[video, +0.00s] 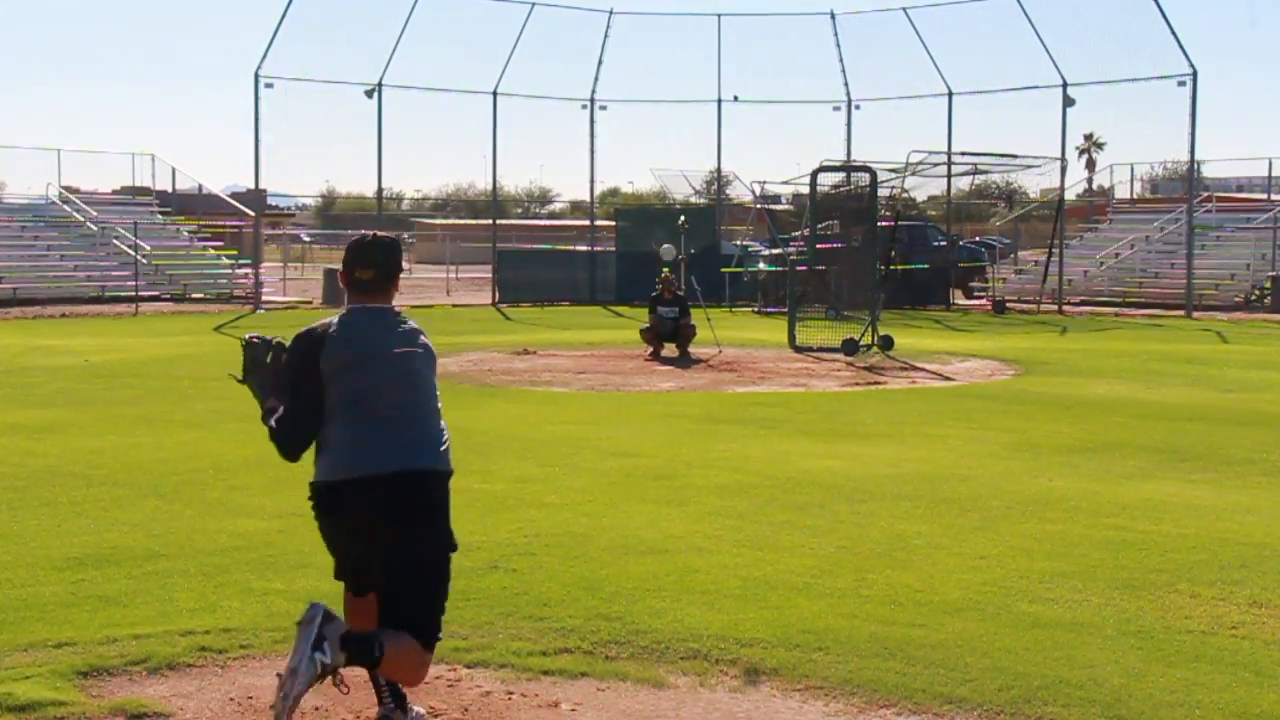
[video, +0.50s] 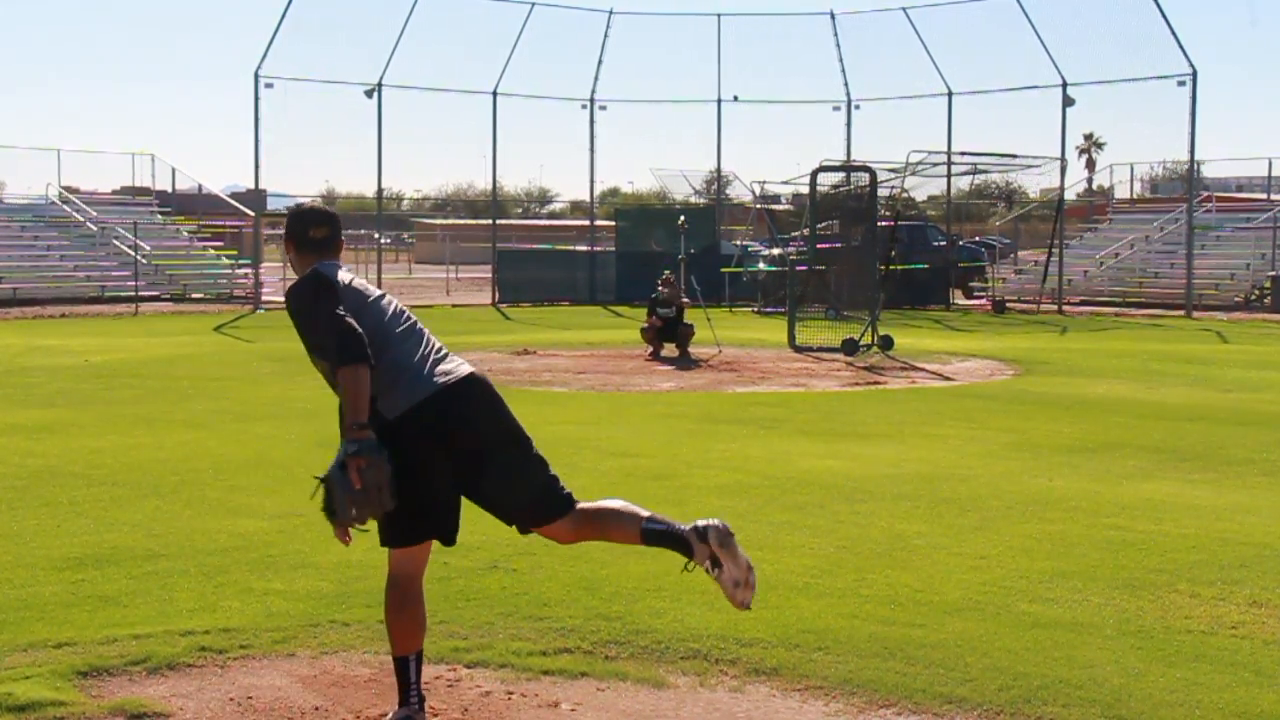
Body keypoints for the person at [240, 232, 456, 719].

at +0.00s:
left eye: (344, 274)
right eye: (398, 276)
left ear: (343, 279)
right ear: (398, 281)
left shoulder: (316, 340)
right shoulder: (416, 339)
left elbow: (292, 442)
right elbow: (383, 410)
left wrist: (270, 401)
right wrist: (301, 380)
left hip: (343, 488)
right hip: (419, 487)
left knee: (361, 584)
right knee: (414, 662)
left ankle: (392, 704)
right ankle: (337, 644)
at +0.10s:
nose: (321, 286)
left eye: (323, 278)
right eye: (326, 279)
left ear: (330, 280)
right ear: (380, 285)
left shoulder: (322, 322)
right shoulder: (395, 330)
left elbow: (320, 402)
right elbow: (320, 425)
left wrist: (265, 414)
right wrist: (231, 468)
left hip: (373, 458)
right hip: (448, 451)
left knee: (374, 571)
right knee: (462, 625)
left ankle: (394, 702)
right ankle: (427, 592)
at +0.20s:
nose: (314, 281)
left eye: (313, 271)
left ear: (314, 274)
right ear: (363, 277)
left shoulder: (316, 308)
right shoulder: (381, 322)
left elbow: (320, 377)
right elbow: (324, 427)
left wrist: (264, 419)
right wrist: (248, 478)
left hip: (387, 437)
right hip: (458, 418)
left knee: (386, 573)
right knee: (498, 575)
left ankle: (399, 701)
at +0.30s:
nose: (296, 272)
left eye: (296, 264)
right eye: (301, 265)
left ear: (301, 266)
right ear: (350, 266)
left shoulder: (307, 302)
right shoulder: (372, 310)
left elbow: (332, 359)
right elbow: (352, 423)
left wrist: (285, 434)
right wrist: (304, 485)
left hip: (392, 434)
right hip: (461, 405)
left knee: (394, 570)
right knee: (539, 540)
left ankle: (406, 701)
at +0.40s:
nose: (287, 265)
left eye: (288, 256)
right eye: (293, 257)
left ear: (294, 257)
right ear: (339, 255)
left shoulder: (304, 297)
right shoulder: (362, 298)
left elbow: (335, 358)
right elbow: (367, 401)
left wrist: (317, 443)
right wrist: (342, 477)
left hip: (400, 431)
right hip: (463, 397)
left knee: (402, 568)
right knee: (558, 525)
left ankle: (408, 701)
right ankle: (670, 517)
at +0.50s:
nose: (283, 254)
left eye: (282, 245)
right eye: (288, 245)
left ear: (287, 247)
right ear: (337, 246)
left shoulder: (307, 292)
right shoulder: (356, 286)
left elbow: (353, 359)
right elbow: (375, 379)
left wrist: (353, 447)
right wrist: (350, 469)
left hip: (411, 426)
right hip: (468, 396)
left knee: (405, 568)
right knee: (564, 521)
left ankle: (409, 700)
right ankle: (692, 539)